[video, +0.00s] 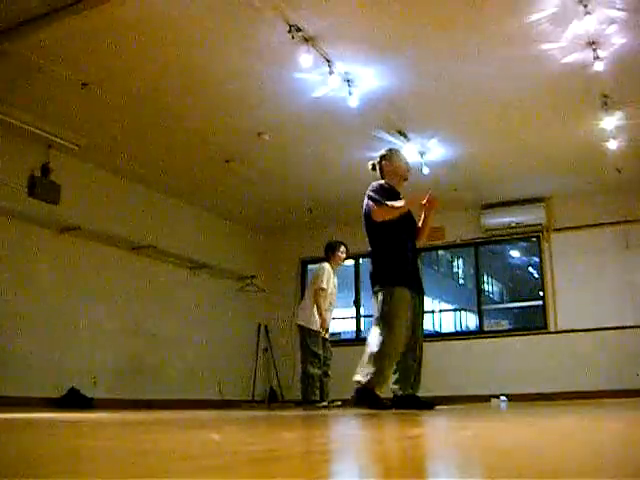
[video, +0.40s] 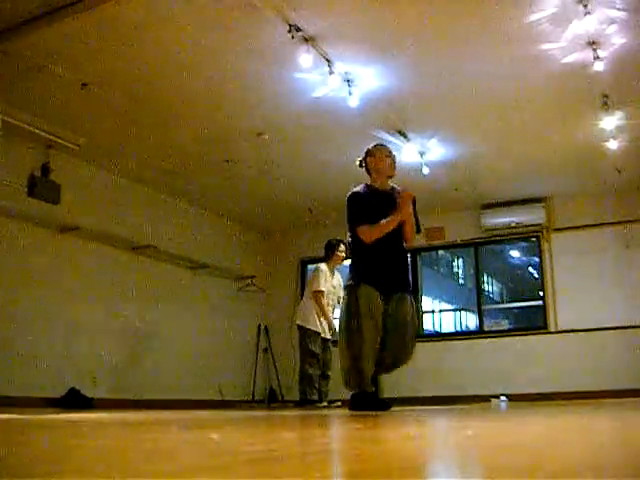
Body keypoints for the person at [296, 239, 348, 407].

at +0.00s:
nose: (343, 256)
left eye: (344, 253)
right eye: (340, 252)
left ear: (342, 256)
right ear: (331, 253)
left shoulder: (331, 273)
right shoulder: (324, 268)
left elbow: (326, 298)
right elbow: (319, 294)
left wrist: (326, 322)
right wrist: (323, 320)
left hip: (320, 322)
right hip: (311, 320)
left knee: (325, 358)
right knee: (314, 360)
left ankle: (323, 396)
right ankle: (312, 398)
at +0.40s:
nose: (341, 255)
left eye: (343, 252)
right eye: (338, 251)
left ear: (345, 256)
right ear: (330, 253)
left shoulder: (337, 277)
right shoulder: (320, 270)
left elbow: (339, 299)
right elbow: (318, 295)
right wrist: (329, 322)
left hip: (326, 320)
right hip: (311, 318)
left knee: (325, 360)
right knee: (312, 359)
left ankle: (322, 396)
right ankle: (310, 396)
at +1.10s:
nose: (341, 255)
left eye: (343, 252)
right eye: (337, 251)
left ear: (346, 257)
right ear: (329, 254)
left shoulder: (346, 278)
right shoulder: (318, 271)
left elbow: (357, 298)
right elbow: (303, 288)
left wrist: (356, 279)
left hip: (336, 324)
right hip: (315, 322)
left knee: (350, 355)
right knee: (324, 356)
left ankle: (335, 379)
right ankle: (322, 397)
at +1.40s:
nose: (342, 253)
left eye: (345, 251)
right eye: (340, 249)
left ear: (348, 255)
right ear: (332, 252)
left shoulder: (351, 275)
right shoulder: (319, 270)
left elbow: (358, 301)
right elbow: (300, 274)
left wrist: (358, 323)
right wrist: (303, 285)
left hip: (338, 317)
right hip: (320, 316)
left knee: (307, 338)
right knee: (321, 358)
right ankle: (339, 396)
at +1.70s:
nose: (354, 251)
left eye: (356, 248)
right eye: (352, 247)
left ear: (355, 250)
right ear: (342, 247)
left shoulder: (350, 268)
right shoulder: (325, 259)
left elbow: (349, 289)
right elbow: (311, 258)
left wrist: (347, 292)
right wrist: (335, 259)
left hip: (334, 308)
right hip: (316, 307)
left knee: (315, 336)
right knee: (322, 355)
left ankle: (338, 361)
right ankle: (334, 393)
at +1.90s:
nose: (359, 262)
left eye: (359, 258)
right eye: (357, 258)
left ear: (348, 260)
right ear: (347, 259)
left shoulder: (341, 276)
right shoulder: (329, 272)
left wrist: (335, 301)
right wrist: (328, 301)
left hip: (329, 315)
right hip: (314, 317)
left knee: (359, 338)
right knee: (335, 353)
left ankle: (356, 363)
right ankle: (328, 397)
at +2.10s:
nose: (353, 272)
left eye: (353, 268)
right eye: (351, 268)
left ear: (339, 269)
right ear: (342, 269)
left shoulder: (326, 283)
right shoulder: (334, 284)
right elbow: (328, 309)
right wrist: (324, 323)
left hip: (305, 332)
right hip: (314, 332)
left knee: (322, 366)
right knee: (339, 363)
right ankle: (332, 399)